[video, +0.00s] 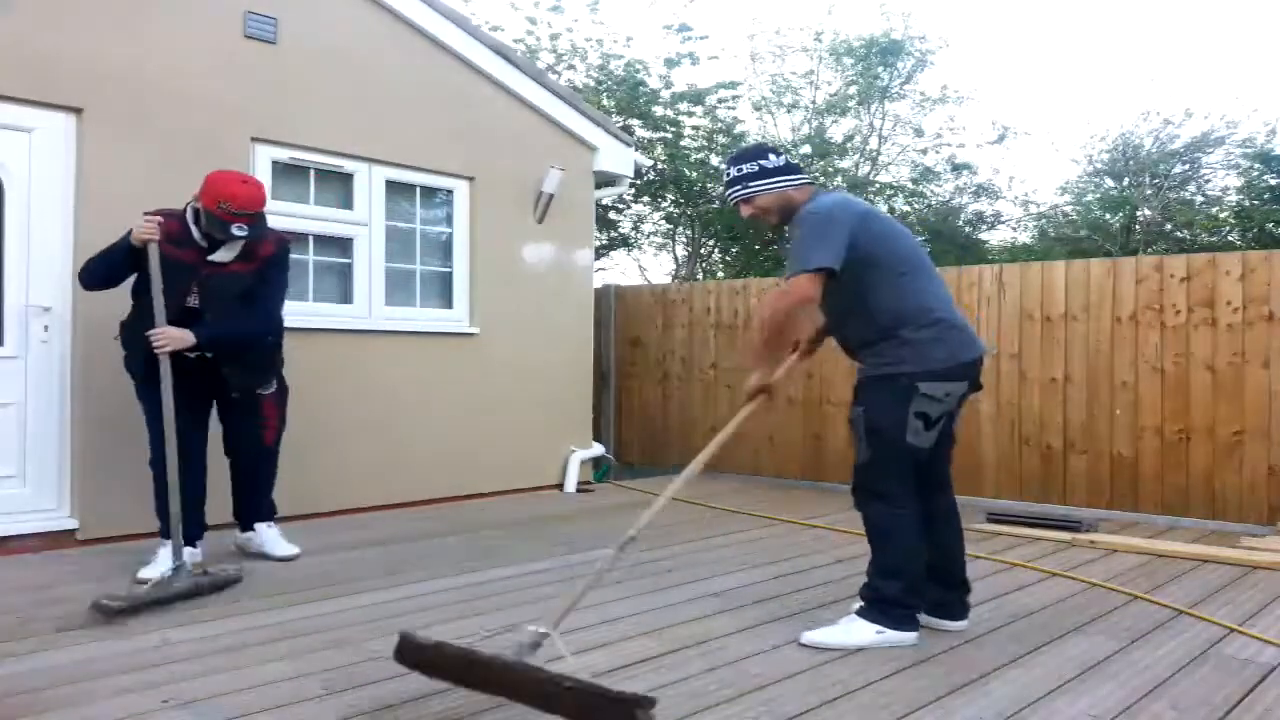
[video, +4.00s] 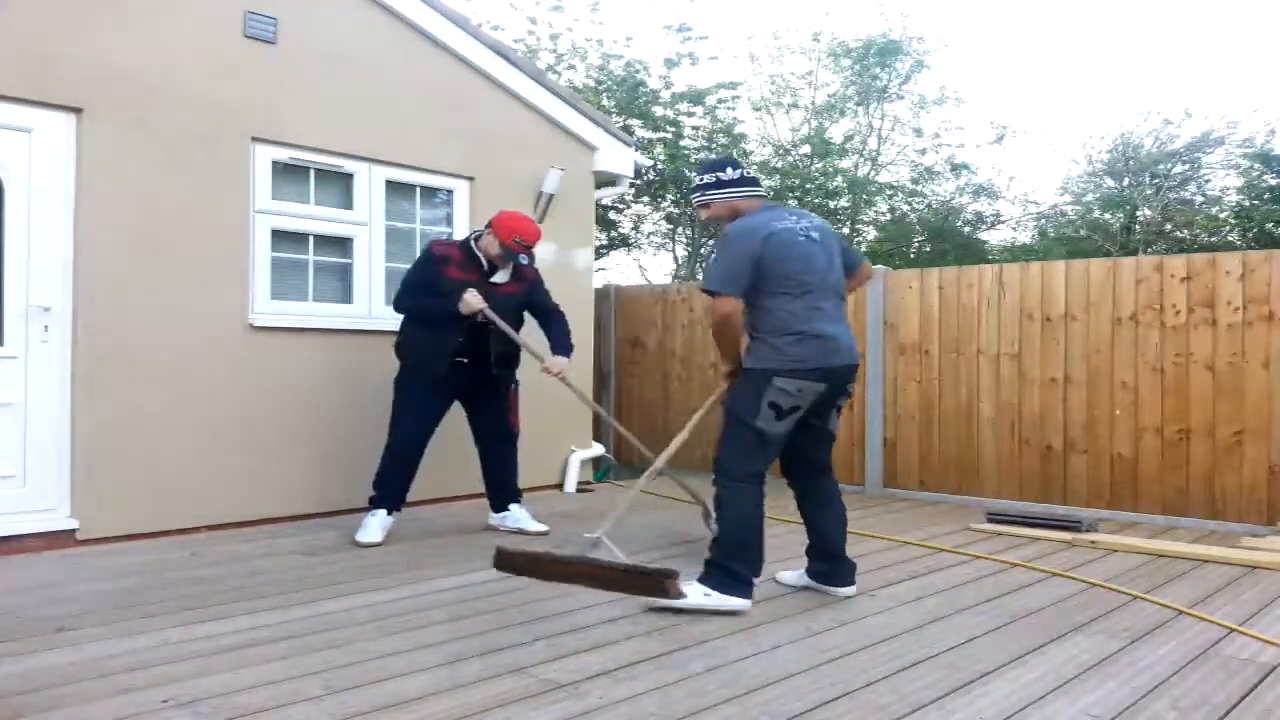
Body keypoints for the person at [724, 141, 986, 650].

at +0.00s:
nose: (746, 213)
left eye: (746, 199)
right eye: (740, 204)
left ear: (774, 185)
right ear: (786, 184)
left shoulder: (822, 213)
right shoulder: (844, 210)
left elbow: (803, 293)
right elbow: (861, 293)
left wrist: (763, 365)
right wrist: (815, 335)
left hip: (907, 363)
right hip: (947, 357)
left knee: (881, 486)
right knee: (927, 481)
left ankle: (889, 614)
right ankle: (945, 601)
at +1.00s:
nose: (723, 209)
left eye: (721, 195)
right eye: (717, 200)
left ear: (743, 177)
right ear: (764, 167)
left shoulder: (789, 206)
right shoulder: (824, 197)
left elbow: (759, 299)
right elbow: (843, 276)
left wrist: (713, 371)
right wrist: (787, 317)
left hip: (886, 361)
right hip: (932, 355)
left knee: (866, 496)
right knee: (910, 491)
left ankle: (857, 636)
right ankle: (924, 613)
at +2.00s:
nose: (613, 219)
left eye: (609, 207)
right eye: (606, 211)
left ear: (630, 189)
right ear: (651, 181)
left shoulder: (660, 224)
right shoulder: (723, 205)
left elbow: (635, 319)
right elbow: (758, 280)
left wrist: (607, 398)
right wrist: (705, 341)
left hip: (765, 360)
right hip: (832, 354)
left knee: (720, 488)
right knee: (825, 485)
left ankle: (704, 620)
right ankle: (861, 614)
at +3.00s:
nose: (595, 222)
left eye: (595, 209)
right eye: (591, 213)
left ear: (621, 196)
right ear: (642, 193)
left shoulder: (634, 235)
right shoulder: (717, 214)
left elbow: (619, 323)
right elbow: (765, 276)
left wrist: (620, 390)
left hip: (721, 360)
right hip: (787, 355)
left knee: (683, 477)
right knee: (767, 474)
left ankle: (676, 594)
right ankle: (768, 590)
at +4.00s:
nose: (703, 215)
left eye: (706, 205)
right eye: (700, 206)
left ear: (730, 196)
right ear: (749, 195)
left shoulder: (741, 234)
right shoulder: (810, 222)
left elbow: (725, 311)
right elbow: (861, 269)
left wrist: (732, 363)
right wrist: (814, 302)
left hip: (782, 363)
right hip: (836, 360)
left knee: (737, 469)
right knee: (808, 463)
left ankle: (728, 582)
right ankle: (832, 571)